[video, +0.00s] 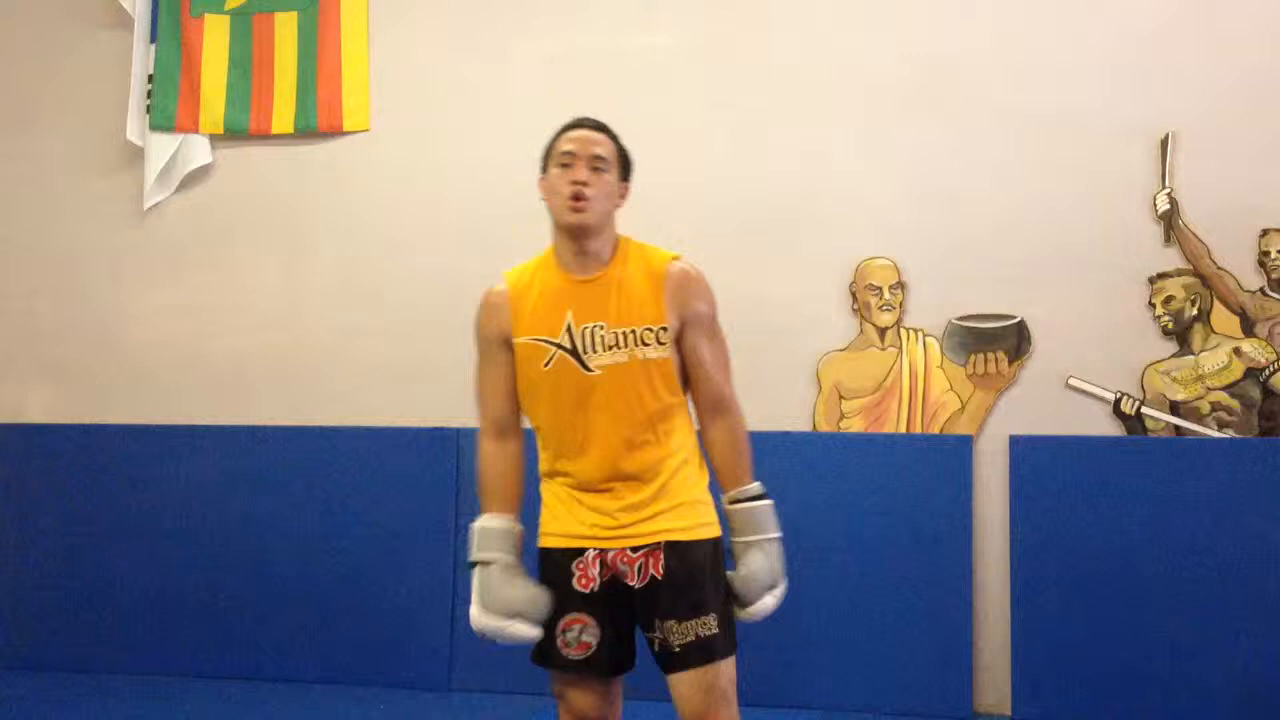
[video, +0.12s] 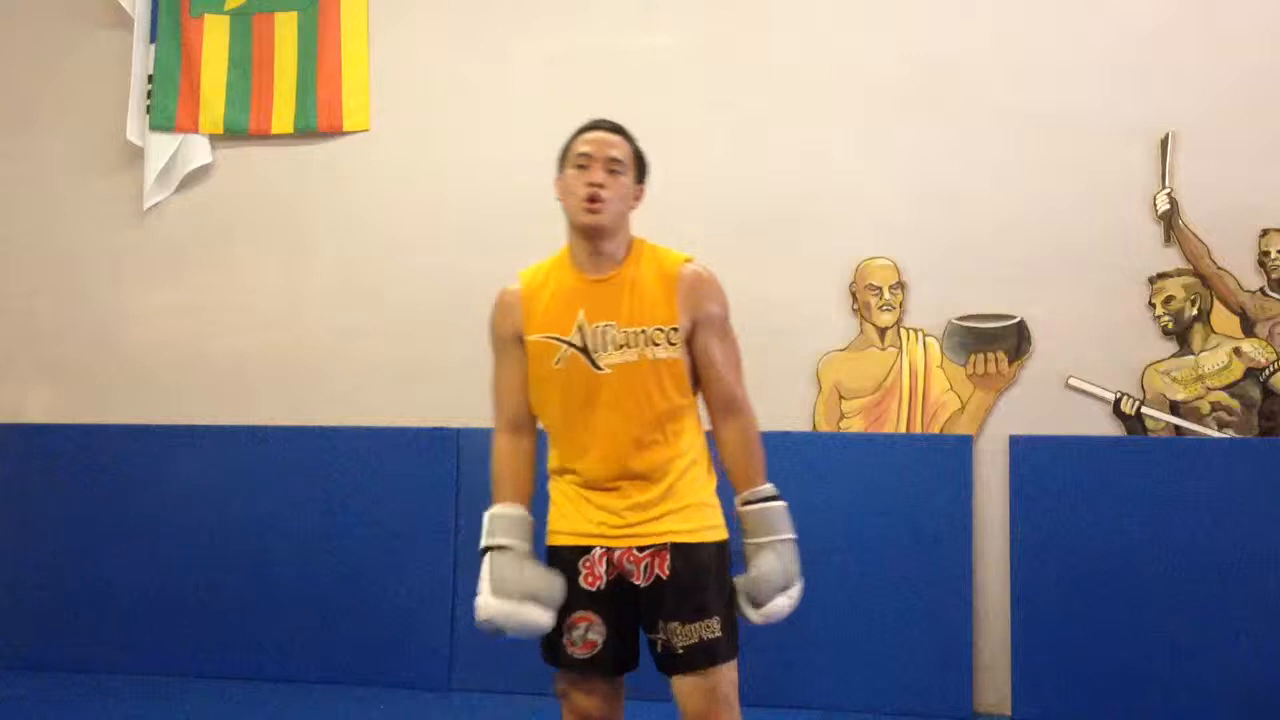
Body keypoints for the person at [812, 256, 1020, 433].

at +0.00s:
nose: (887, 298)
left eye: (894, 289)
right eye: (874, 290)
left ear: (902, 294)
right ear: (855, 297)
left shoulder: (927, 350)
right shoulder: (835, 366)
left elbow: (950, 440)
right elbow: (825, 443)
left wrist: (986, 393)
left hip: (922, 476)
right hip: (859, 479)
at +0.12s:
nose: (887, 298)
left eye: (894, 289)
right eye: (874, 290)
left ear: (902, 294)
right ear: (855, 298)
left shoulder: (927, 350)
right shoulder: (835, 366)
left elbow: (951, 440)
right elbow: (825, 443)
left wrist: (986, 392)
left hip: (922, 478)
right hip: (859, 481)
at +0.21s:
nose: (888, 298)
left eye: (894, 289)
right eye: (875, 290)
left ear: (902, 294)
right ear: (855, 297)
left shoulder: (926, 349)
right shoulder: (835, 366)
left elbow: (951, 439)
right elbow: (825, 443)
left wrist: (986, 392)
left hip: (922, 476)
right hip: (860, 479)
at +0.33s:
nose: (887, 298)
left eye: (894, 289)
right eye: (874, 290)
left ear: (902, 294)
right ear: (855, 298)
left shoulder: (926, 349)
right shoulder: (835, 365)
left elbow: (950, 439)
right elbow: (825, 442)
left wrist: (986, 392)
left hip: (922, 474)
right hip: (860, 478)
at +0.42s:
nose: (887, 298)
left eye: (894, 289)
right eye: (874, 290)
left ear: (902, 294)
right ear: (855, 297)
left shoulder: (926, 349)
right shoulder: (835, 365)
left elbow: (950, 439)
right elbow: (824, 441)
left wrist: (985, 392)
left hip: (922, 474)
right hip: (861, 477)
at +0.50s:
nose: (887, 298)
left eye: (894, 289)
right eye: (874, 290)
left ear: (903, 294)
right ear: (856, 296)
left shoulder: (928, 351)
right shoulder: (835, 366)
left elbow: (951, 440)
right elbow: (826, 446)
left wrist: (986, 392)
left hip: (924, 475)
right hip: (862, 479)